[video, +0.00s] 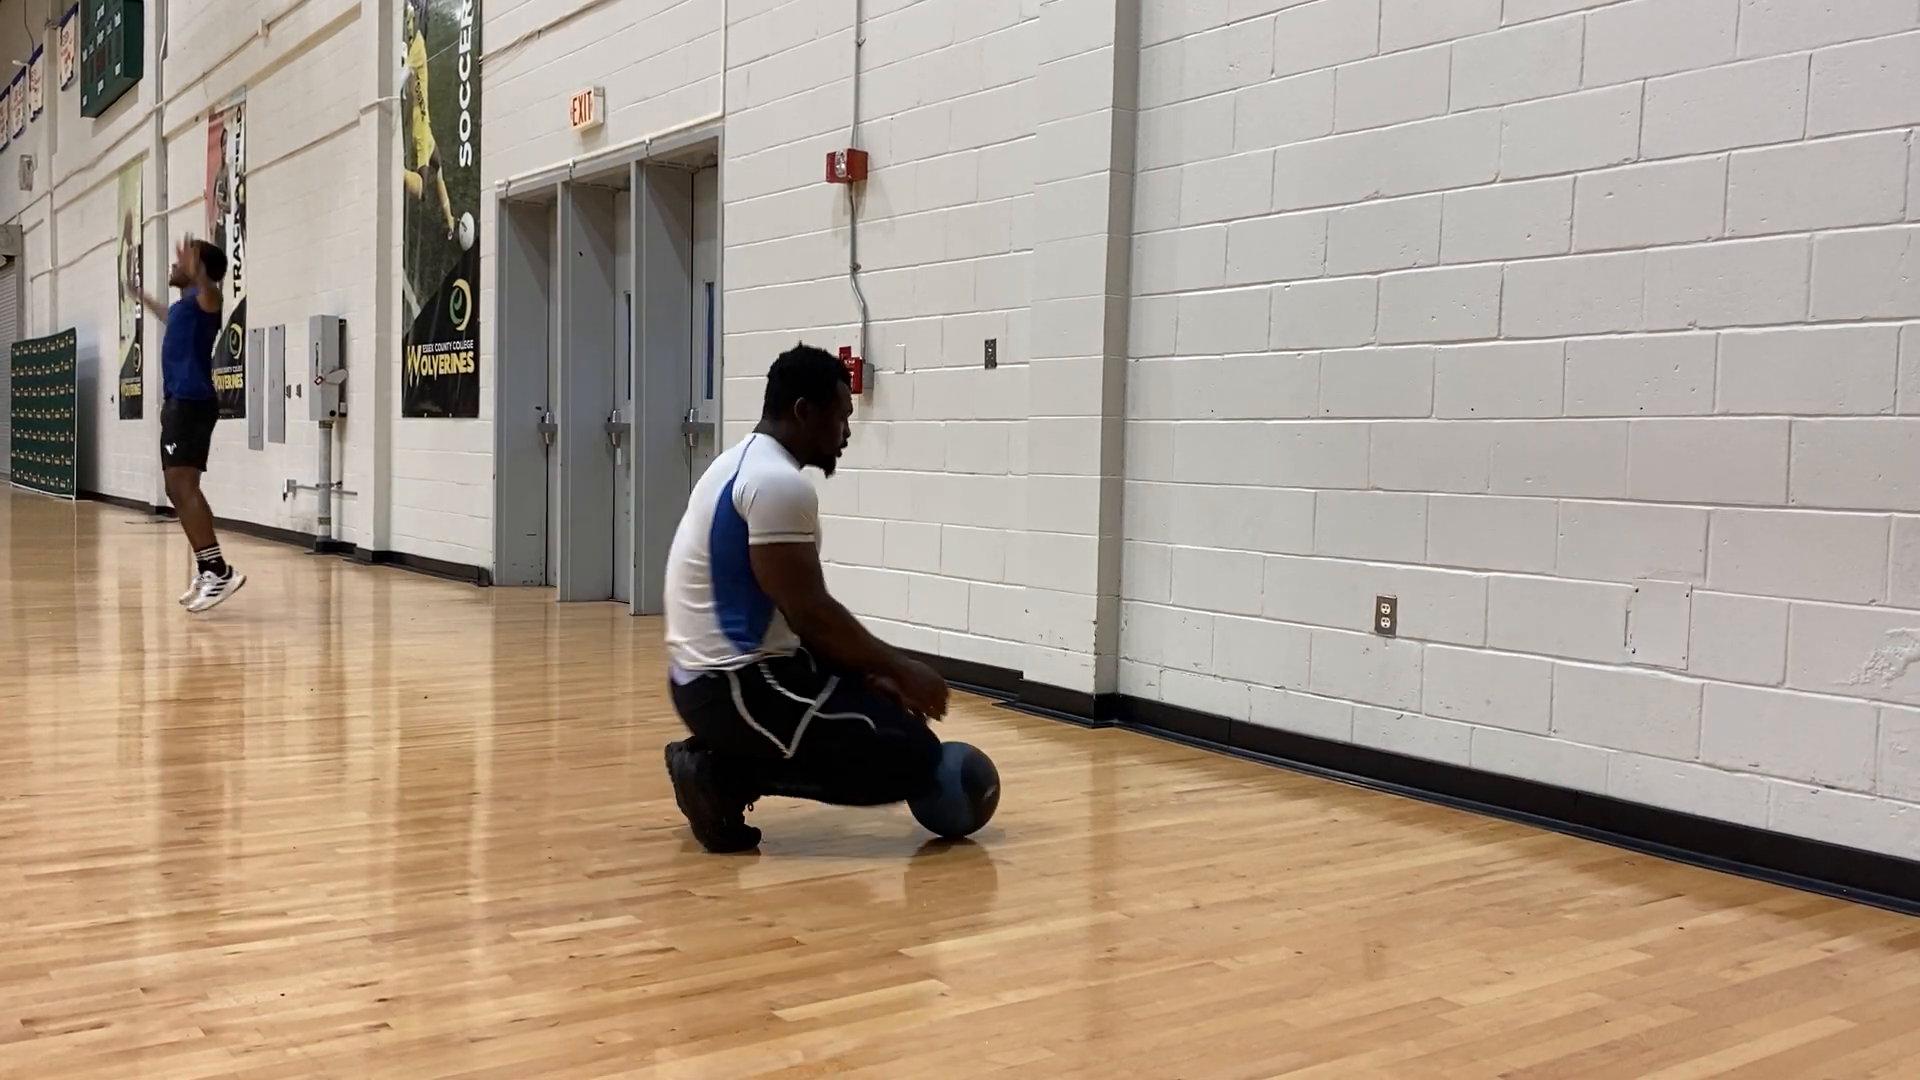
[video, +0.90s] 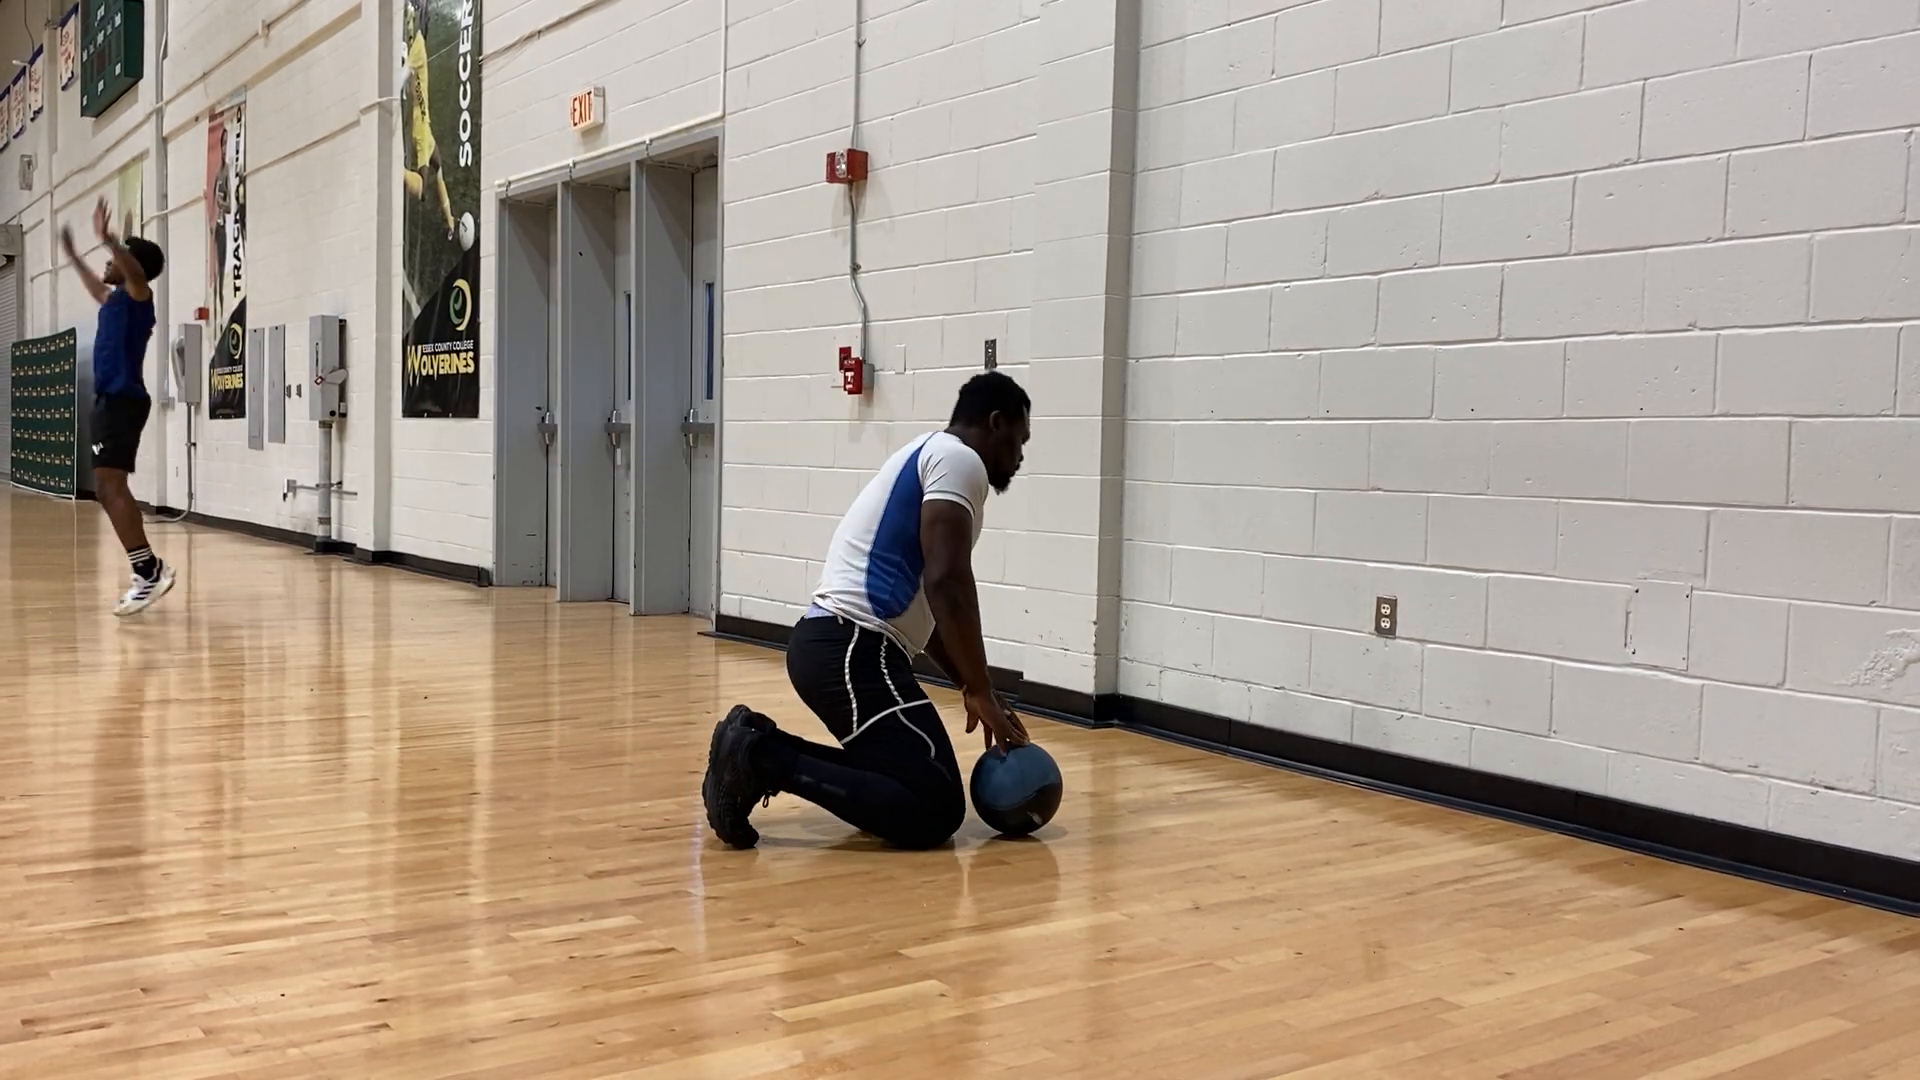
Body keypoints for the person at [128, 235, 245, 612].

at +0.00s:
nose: (173, 265)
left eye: (181, 261)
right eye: (177, 260)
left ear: (198, 271)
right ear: (186, 270)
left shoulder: (206, 301)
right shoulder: (183, 306)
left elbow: (207, 294)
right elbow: (167, 314)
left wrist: (196, 269)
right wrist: (142, 296)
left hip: (193, 403)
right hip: (179, 403)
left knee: (183, 488)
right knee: (177, 489)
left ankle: (219, 572)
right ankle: (206, 571)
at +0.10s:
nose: (165, 260)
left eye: (172, 256)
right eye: (169, 254)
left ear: (186, 268)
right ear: (184, 268)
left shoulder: (191, 297)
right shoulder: (176, 300)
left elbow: (210, 334)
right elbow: (176, 350)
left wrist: (191, 354)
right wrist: (147, 364)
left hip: (187, 402)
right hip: (174, 401)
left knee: (173, 487)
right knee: (173, 487)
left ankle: (199, 573)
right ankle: (199, 572)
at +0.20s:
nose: (153, 278)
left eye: (160, 275)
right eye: (157, 273)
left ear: (174, 287)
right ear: (172, 289)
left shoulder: (181, 322)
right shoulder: (166, 324)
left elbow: (202, 378)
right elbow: (170, 389)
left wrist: (181, 423)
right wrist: (149, 425)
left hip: (186, 421)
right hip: (171, 420)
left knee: (156, 502)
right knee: (156, 503)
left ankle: (194, 585)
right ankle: (194, 583)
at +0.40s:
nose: (147, 267)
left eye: (154, 264)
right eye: (151, 262)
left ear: (169, 275)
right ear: (166, 275)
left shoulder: (174, 308)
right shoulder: (157, 313)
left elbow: (179, 357)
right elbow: (151, 368)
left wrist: (135, 379)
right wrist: (118, 389)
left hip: (163, 413)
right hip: (149, 413)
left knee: (151, 496)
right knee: (148, 497)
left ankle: (185, 582)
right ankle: (186, 579)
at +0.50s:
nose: (142, 257)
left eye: (149, 254)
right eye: (146, 252)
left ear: (164, 264)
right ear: (163, 265)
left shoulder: (168, 292)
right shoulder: (151, 300)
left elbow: (165, 306)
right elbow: (129, 318)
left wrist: (112, 291)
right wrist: (107, 295)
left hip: (155, 399)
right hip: (143, 399)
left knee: (147, 487)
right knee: (146, 487)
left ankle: (176, 573)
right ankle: (177, 570)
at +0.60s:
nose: (130, 268)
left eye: (138, 264)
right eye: (131, 264)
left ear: (157, 275)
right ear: (140, 271)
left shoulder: (156, 303)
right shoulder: (139, 303)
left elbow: (147, 269)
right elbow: (128, 268)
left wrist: (124, 236)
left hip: (153, 408)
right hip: (139, 408)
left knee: (141, 493)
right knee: (136, 492)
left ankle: (164, 580)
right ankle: (164, 576)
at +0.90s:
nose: (109, 265)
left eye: (116, 260)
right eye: (110, 259)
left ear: (134, 268)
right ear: (122, 264)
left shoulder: (138, 297)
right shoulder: (114, 300)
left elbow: (131, 271)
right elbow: (94, 285)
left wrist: (107, 239)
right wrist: (71, 254)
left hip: (123, 401)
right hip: (111, 400)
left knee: (112, 489)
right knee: (109, 489)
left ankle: (148, 573)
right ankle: (148, 568)